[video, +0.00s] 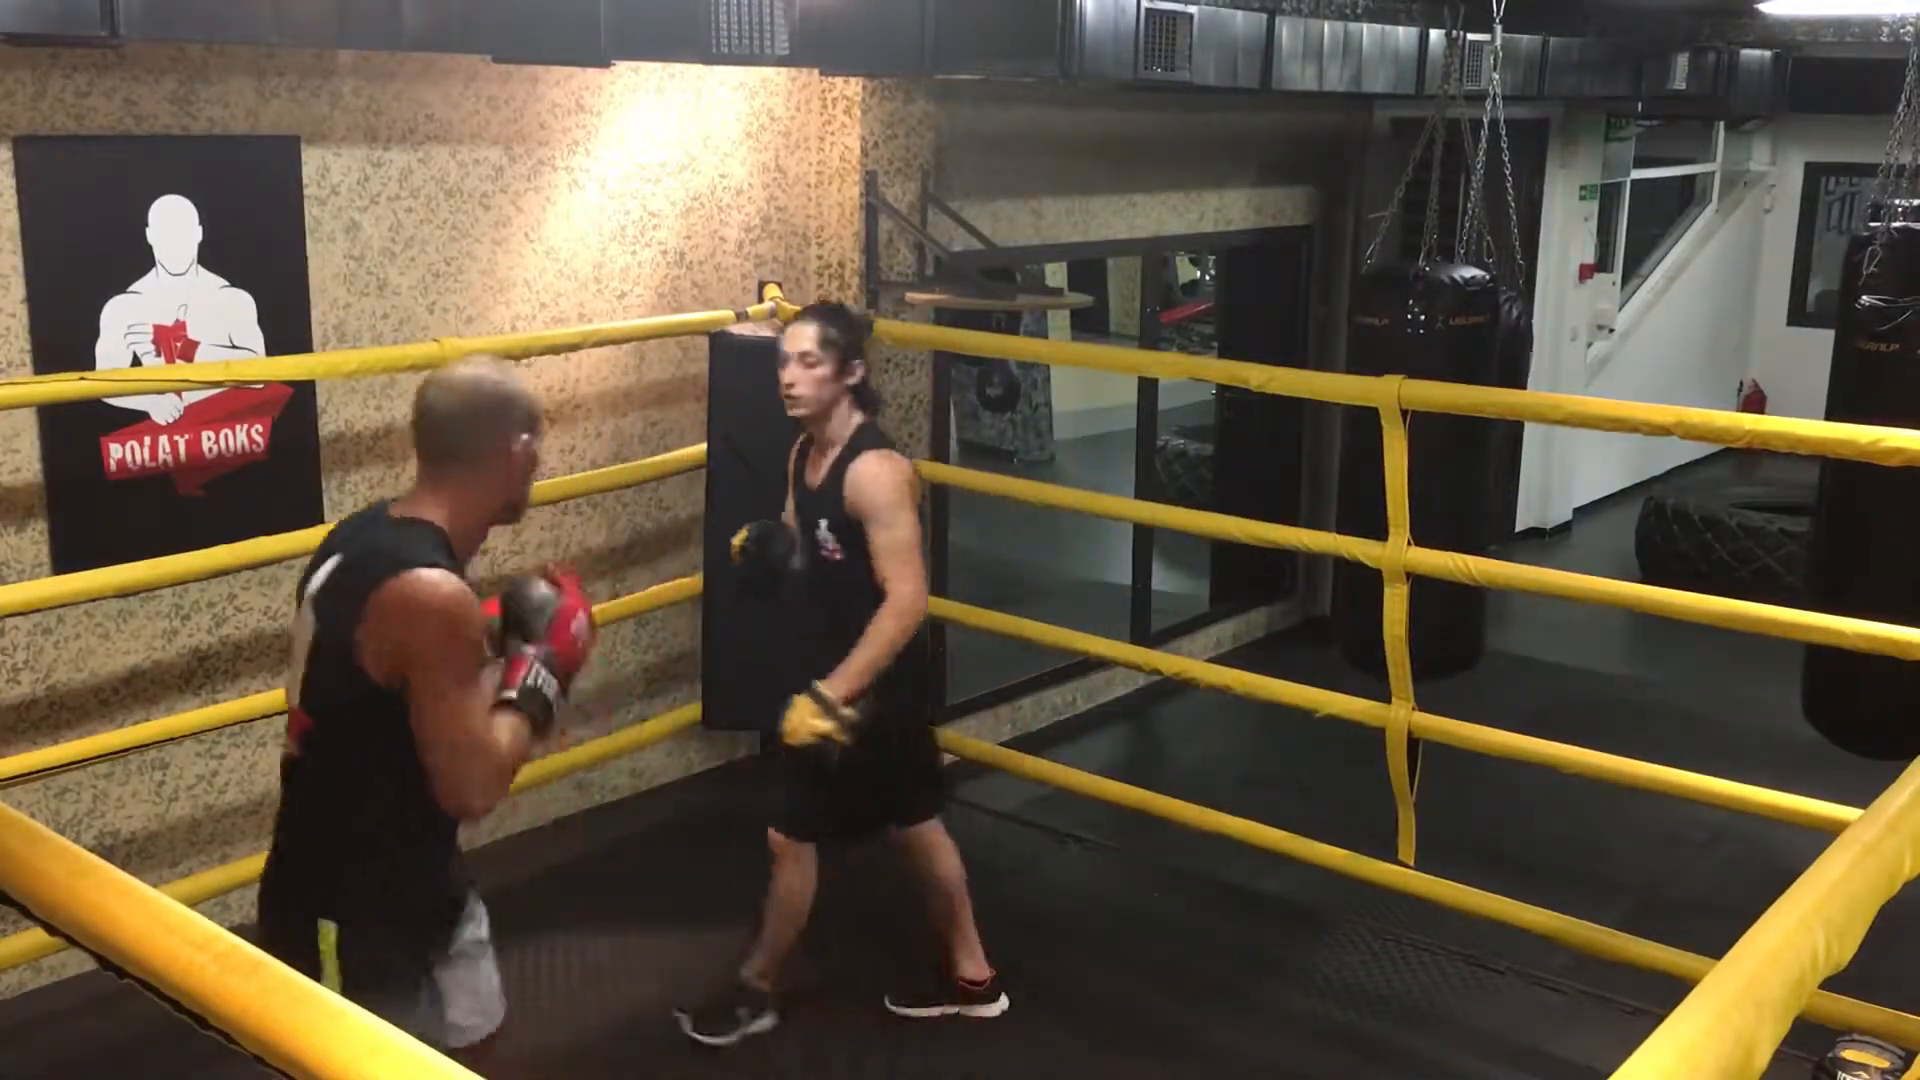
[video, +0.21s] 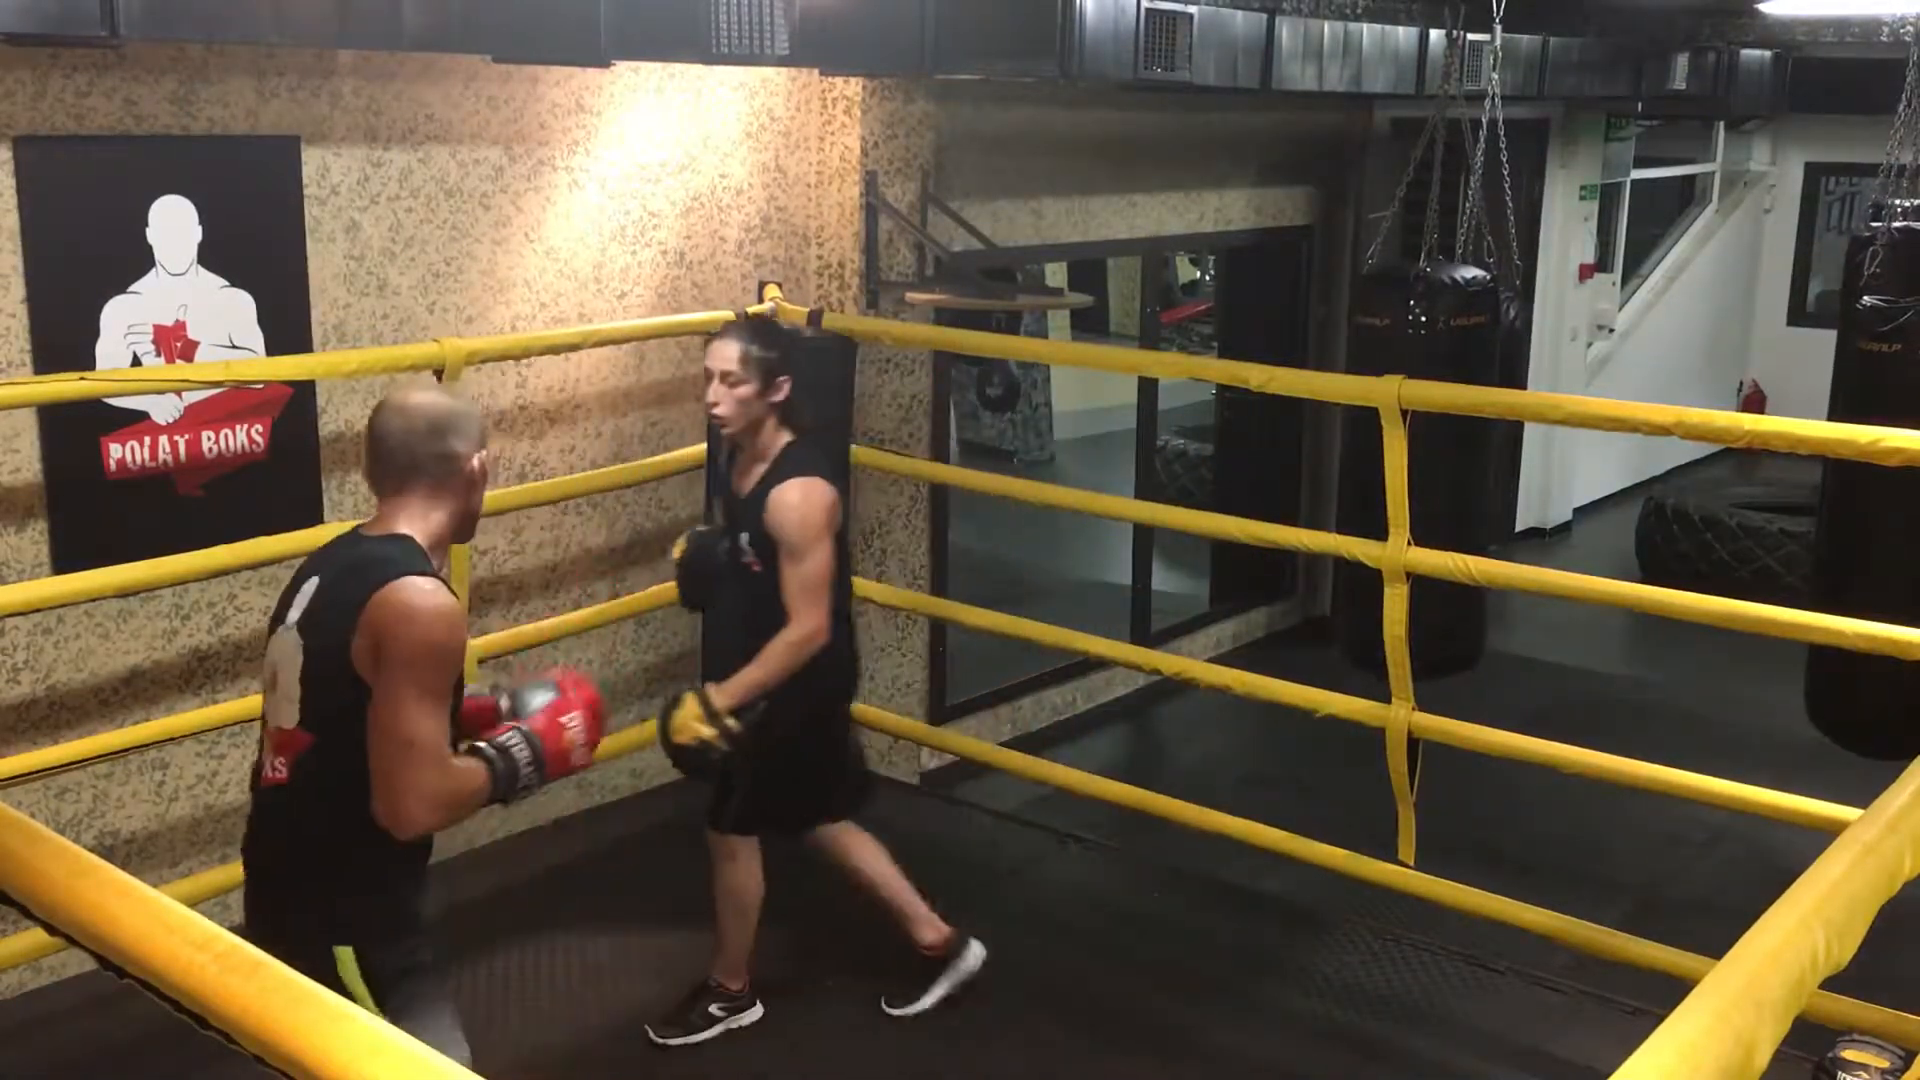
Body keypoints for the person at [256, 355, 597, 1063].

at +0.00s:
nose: (537, 463)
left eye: (538, 445)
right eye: (536, 445)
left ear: (432, 442)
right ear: (515, 453)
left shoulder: (354, 540)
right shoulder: (432, 596)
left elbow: (365, 709)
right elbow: (469, 786)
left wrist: (486, 637)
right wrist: (543, 672)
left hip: (318, 888)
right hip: (400, 910)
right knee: (460, 1060)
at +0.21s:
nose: (487, 478)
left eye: (485, 460)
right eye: (486, 460)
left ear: (378, 471)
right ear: (472, 468)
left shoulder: (327, 565)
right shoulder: (419, 605)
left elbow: (334, 734)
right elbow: (411, 804)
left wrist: (468, 719)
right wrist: (523, 753)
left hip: (289, 897)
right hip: (357, 915)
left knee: (323, 1060)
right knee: (430, 1068)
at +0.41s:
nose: (486, 488)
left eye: (482, 472)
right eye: (485, 475)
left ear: (366, 479)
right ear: (471, 486)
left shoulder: (291, 579)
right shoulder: (431, 631)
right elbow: (462, 828)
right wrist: (493, 711)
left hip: (265, 939)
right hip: (367, 961)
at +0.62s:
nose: (482, 512)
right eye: (486, 496)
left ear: (364, 491)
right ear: (478, 501)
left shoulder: (269, 592)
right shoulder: (459, 650)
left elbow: (166, 755)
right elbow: (519, 832)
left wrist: (275, 769)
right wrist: (490, 697)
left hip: (246, 957)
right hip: (369, 973)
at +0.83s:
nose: (478, 481)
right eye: (476, 468)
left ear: (349, 476)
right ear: (467, 476)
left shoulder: (270, 586)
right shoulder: (454, 621)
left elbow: (189, 750)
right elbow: (490, 812)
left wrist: (302, 741)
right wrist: (489, 702)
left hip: (272, 933)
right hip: (385, 948)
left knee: (287, 1067)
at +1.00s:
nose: (469, 491)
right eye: (467, 476)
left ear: (347, 491)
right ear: (458, 479)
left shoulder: (280, 594)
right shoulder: (465, 617)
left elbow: (235, 773)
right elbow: (524, 816)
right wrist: (508, 707)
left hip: (289, 936)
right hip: (401, 946)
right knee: (482, 1062)